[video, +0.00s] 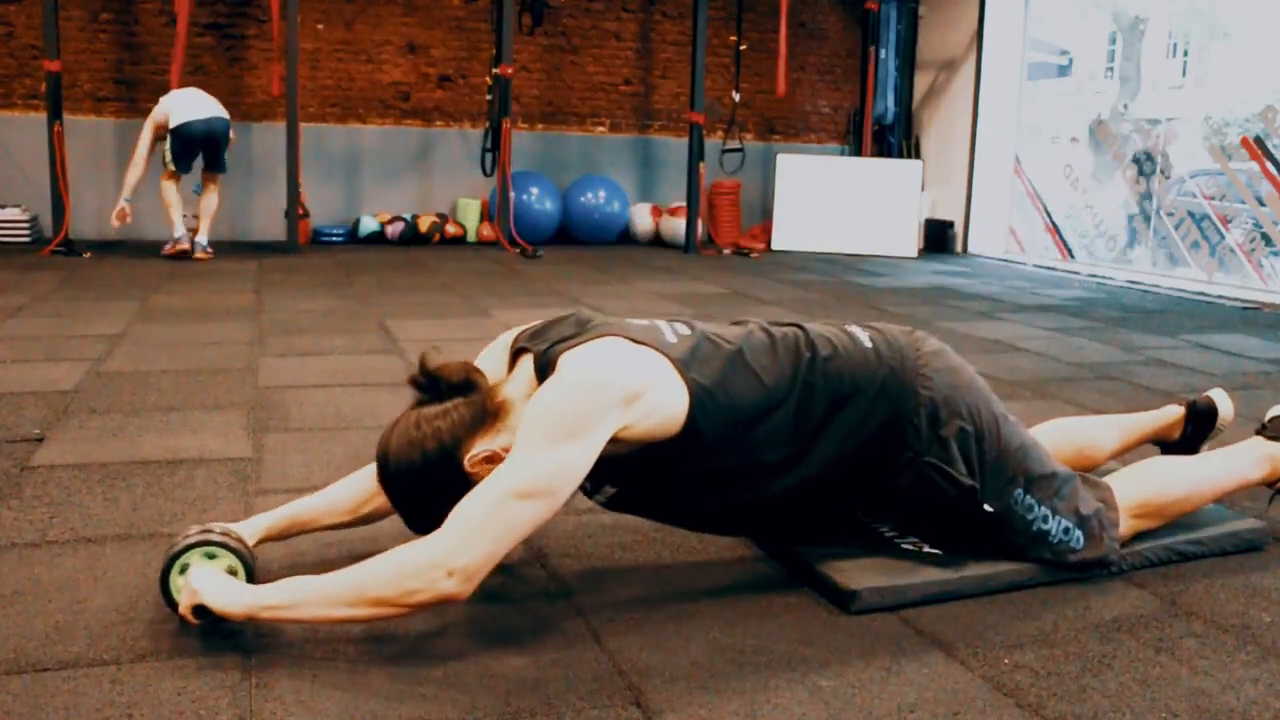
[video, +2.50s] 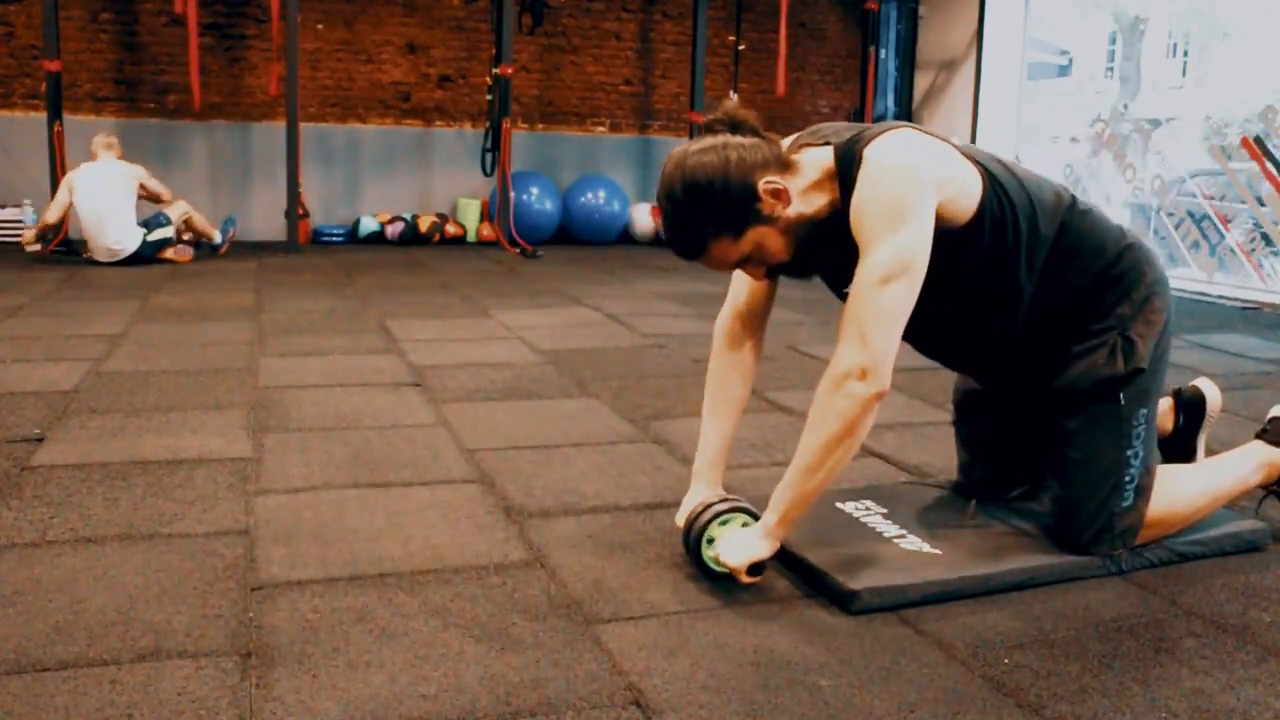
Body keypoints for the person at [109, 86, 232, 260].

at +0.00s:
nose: (159, 141)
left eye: (158, 138)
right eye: (157, 139)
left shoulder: (157, 112)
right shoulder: (206, 100)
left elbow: (139, 160)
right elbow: (229, 137)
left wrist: (124, 199)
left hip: (185, 125)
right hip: (219, 123)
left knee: (170, 178)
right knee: (211, 181)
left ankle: (180, 237)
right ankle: (202, 242)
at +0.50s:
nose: (130, 172)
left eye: (123, 162)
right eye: (124, 164)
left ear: (124, 153)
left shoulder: (128, 154)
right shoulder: (169, 133)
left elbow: (113, 205)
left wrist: (96, 240)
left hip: (173, 168)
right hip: (208, 160)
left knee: (146, 209)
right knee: (201, 195)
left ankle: (185, 236)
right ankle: (200, 239)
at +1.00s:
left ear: (127, 140)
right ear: (150, 139)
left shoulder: (110, 157)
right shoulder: (164, 150)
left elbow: (100, 204)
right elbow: (207, 179)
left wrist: (93, 244)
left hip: (124, 227)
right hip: (157, 216)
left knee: (140, 247)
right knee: (194, 181)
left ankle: (171, 251)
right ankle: (197, 241)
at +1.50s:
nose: (147, 160)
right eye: (147, 157)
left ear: (121, 151)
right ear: (145, 155)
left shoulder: (96, 166)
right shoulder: (148, 165)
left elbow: (85, 207)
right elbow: (191, 185)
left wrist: (91, 250)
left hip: (103, 251)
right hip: (131, 244)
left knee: (149, 244)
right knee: (176, 188)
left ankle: (173, 253)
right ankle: (201, 241)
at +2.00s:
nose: (121, 159)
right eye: (123, 155)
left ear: (97, 152)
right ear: (123, 153)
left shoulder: (74, 172)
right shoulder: (129, 168)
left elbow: (51, 214)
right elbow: (167, 184)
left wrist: (74, 216)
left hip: (95, 256)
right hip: (127, 248)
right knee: (181, 203)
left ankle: (167, 250)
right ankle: (227, 233)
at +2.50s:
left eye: (97, 152)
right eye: (114, 151)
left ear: (92, 154)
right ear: (118, 153)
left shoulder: (74, 176)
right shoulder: (132, 170)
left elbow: (51, 219)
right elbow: (166, 197)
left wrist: (35, 233)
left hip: (99, 256)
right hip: (132, 250)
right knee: (181, 206)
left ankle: (169, 251)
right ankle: (217, 238)